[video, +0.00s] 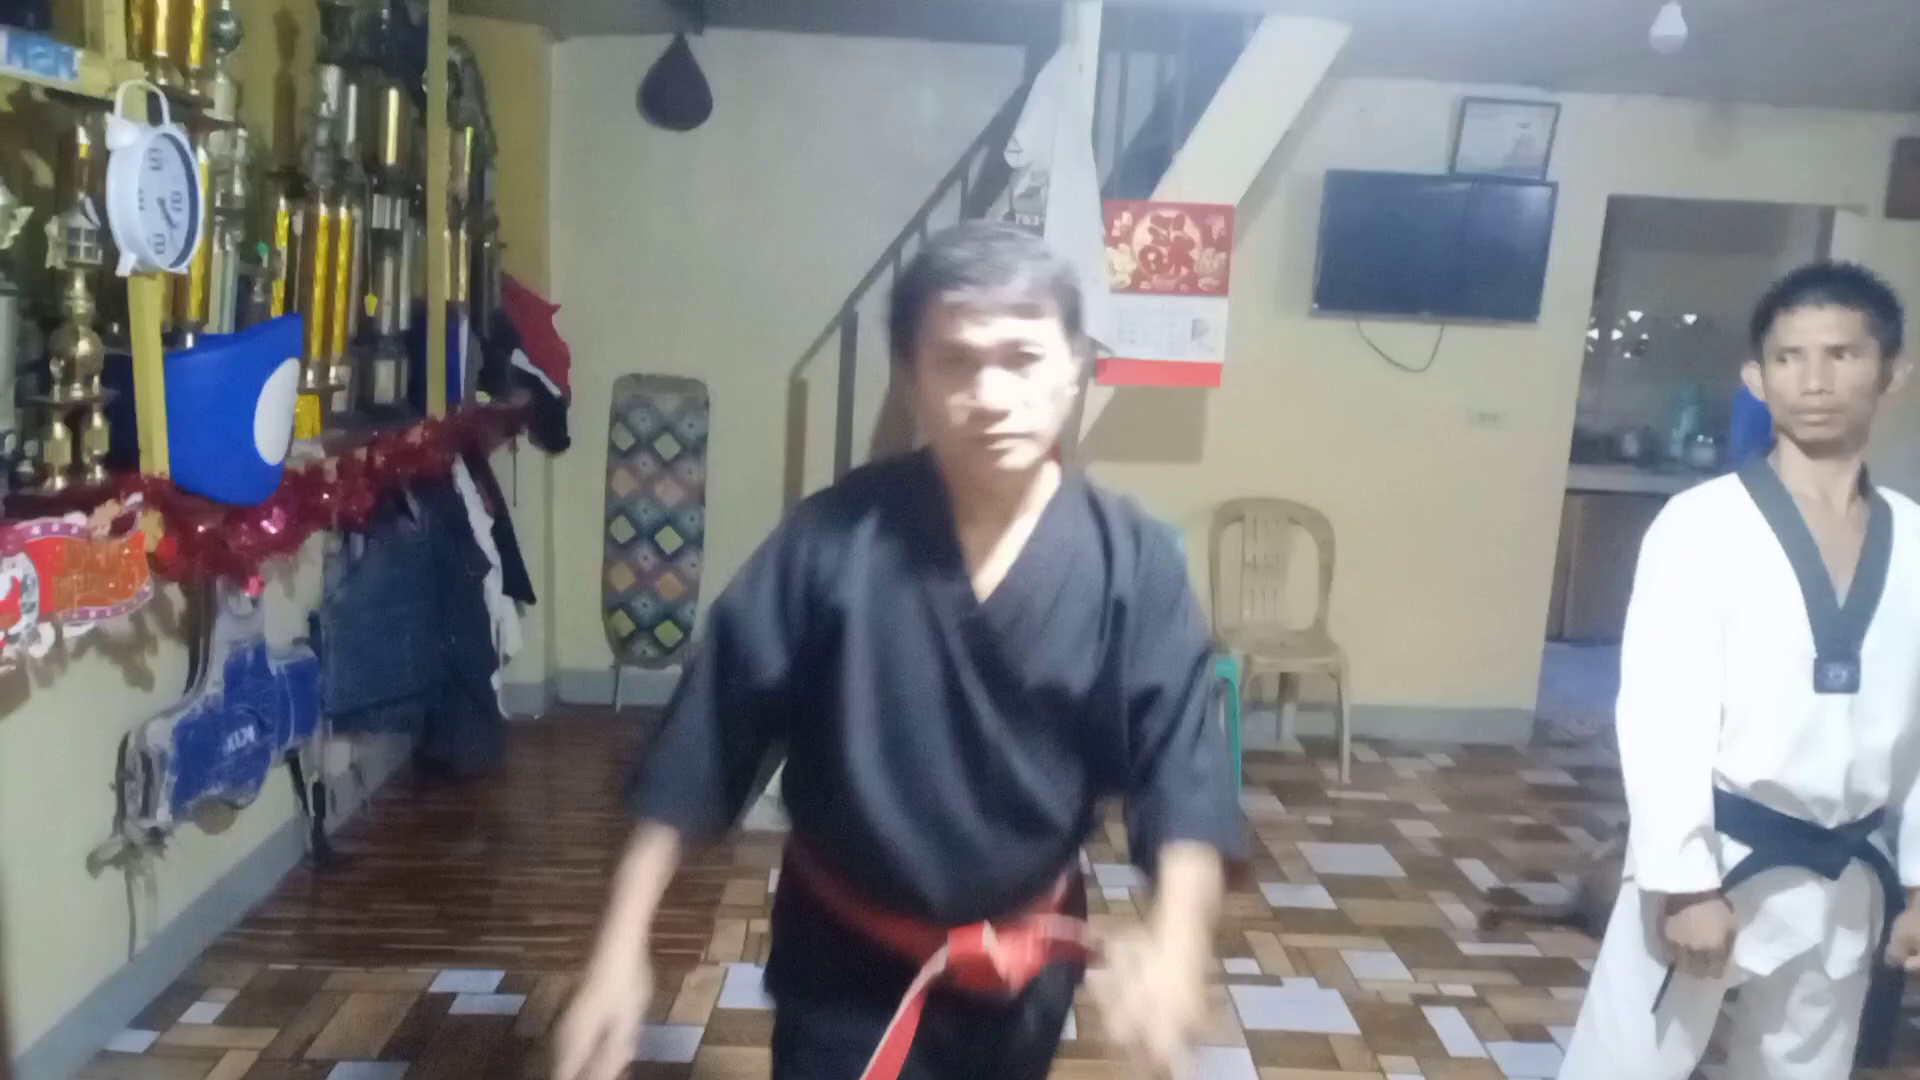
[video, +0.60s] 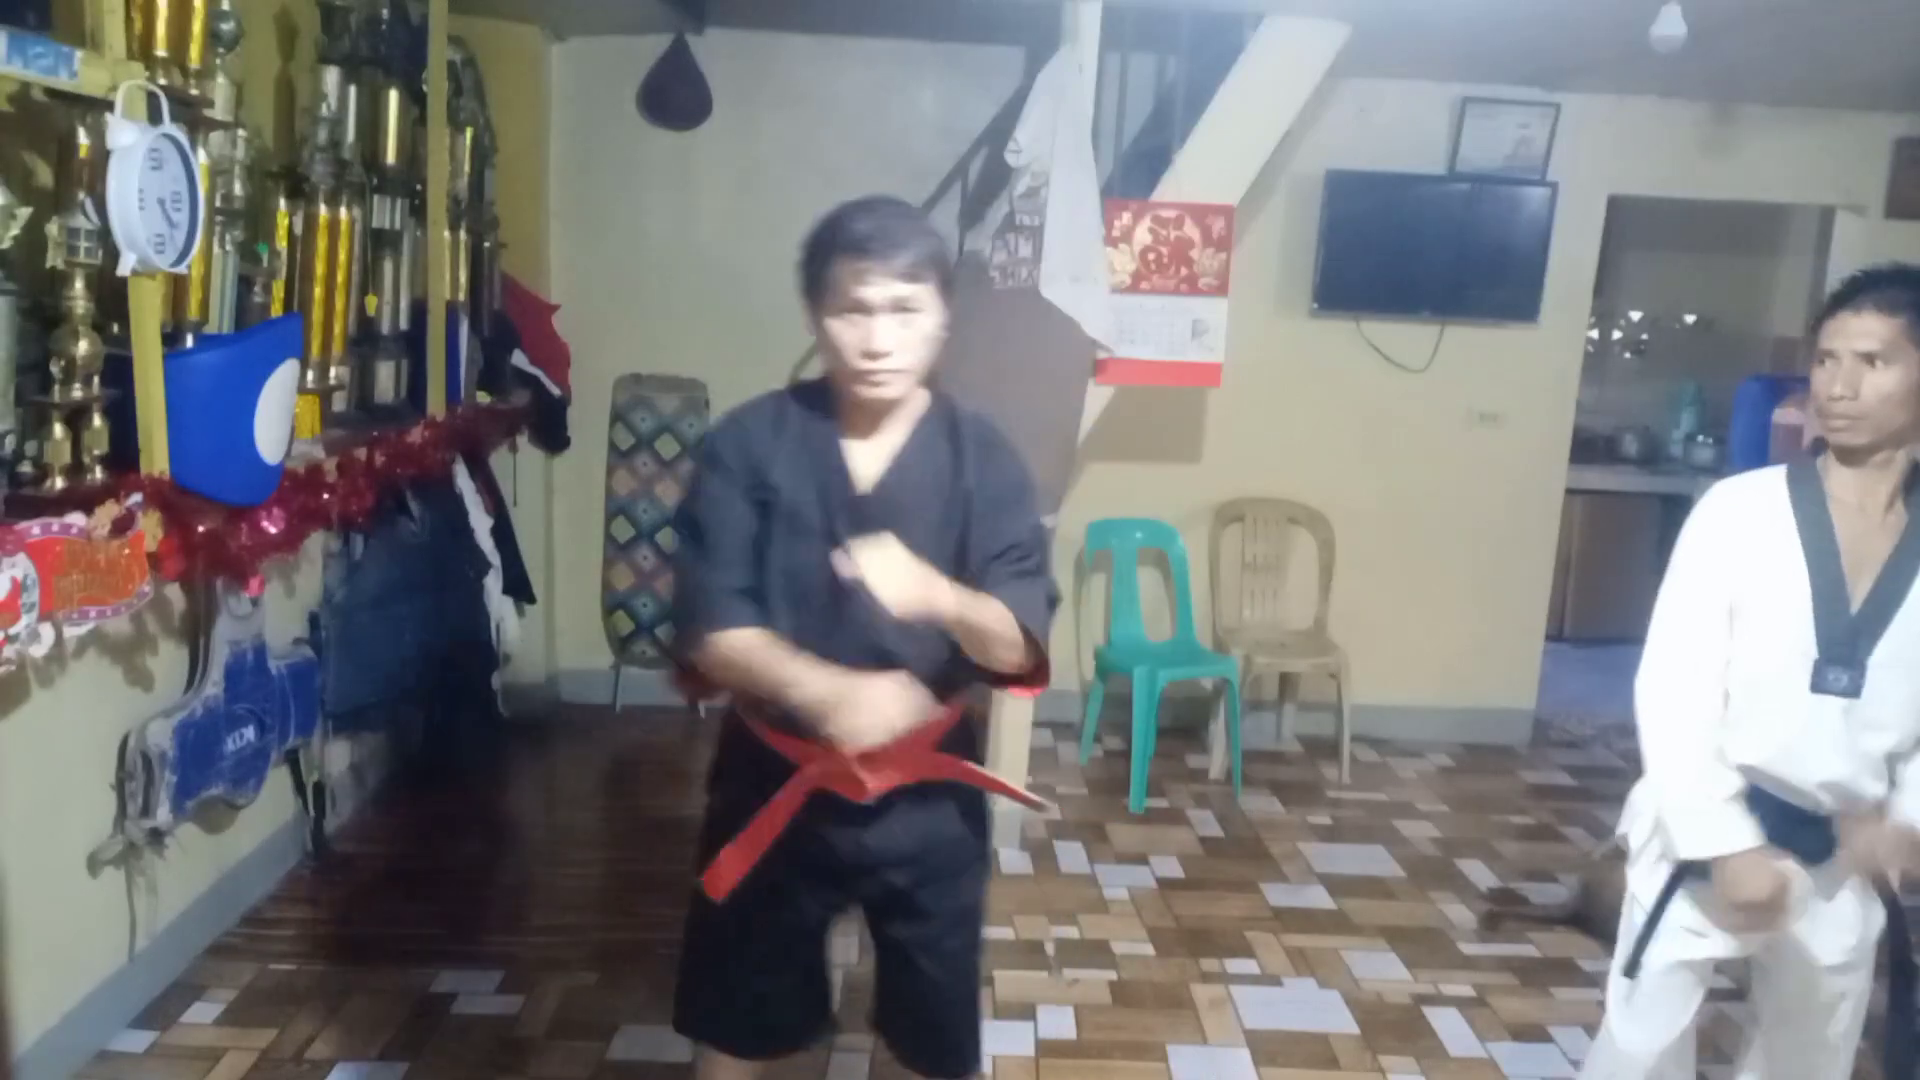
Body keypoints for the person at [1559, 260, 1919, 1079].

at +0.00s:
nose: (1814, 379)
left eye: (1842, 353)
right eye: (1789, 356)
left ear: (1889, 377)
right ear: (1756, 378)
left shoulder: (1913, 536)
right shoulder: (1698, 526)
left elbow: (1913, 730)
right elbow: (1658, 711)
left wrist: (1917, 886)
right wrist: (1685, 883)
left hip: (1846, 891)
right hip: (1705, 874)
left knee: (1808, 1068)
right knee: (1626, 1068)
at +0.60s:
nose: (1840, 385)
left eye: (1873, 361)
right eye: (1828, 359)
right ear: (1810, 369)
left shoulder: (1914, 536)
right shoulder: (1738, 509)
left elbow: (1908, 728)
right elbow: (1672, 689)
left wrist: (1903, 821)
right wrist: (1724, 843)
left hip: (1847, 862)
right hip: (1706, 834)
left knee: (1806, 1068)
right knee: (1634, 1060)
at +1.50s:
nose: (1652, 380)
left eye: (1673, 354)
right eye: (1625, 356)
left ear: (1705, 368)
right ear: (1579, 373)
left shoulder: (1750, 528)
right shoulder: (1527, 523)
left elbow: (1790, 702)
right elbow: (1489, 706)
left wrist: (1820, 862)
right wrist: (1520, 869)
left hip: (1692, 868)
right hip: (1548, 857)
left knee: (1664, 1069)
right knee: (1466, 1066)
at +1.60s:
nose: (1656, 380)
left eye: (1678, 355)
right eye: (1629, 355)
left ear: (1710, 369)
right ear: (1584, 372)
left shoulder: (1752, 528)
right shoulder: (1530, 521)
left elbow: (1789, 703)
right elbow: (1491, 704)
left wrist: (1819, 863)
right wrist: (1522, 867)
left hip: (1694, 870)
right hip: (1550, 857)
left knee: (1669, 1070)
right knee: (1467, 1066)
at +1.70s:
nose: (1659, 379)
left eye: (1681, 355)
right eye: (1633, 353)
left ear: (1710, 371)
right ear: (1586, 371)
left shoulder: (1750, 529)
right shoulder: (1529, 520)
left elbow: (1785, 704)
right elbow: (1489, 702)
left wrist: (1813, 862)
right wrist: (1516, 865)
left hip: (1690, 870)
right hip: (1546, 857)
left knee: (1666, 1070)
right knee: (1464, 1067)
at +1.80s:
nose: (1660, 379)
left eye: (1682, 355)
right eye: (1633, 354)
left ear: (1708, 373)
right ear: (1585, 372)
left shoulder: (1745, 533)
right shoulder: (1526, 518)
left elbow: (1777, 709)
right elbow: (1481, 700)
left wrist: (1808, 867)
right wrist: (1506, 863)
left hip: (1672, 869)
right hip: (1531, 853)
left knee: (1651, 1070)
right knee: (1450, 1067)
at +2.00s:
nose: (1638, 413)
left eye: (1663, 390)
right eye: (1613, 384)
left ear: (1688, 401)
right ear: (1559, 387)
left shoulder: (1702, 543)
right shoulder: (1479, 521)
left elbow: (1718, 714)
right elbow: (1402, 691)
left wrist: (1727, 867)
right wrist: (1395, 862)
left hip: (1599, 843)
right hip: (1463, 834)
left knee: (1587, 1062)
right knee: (1408, 1058)